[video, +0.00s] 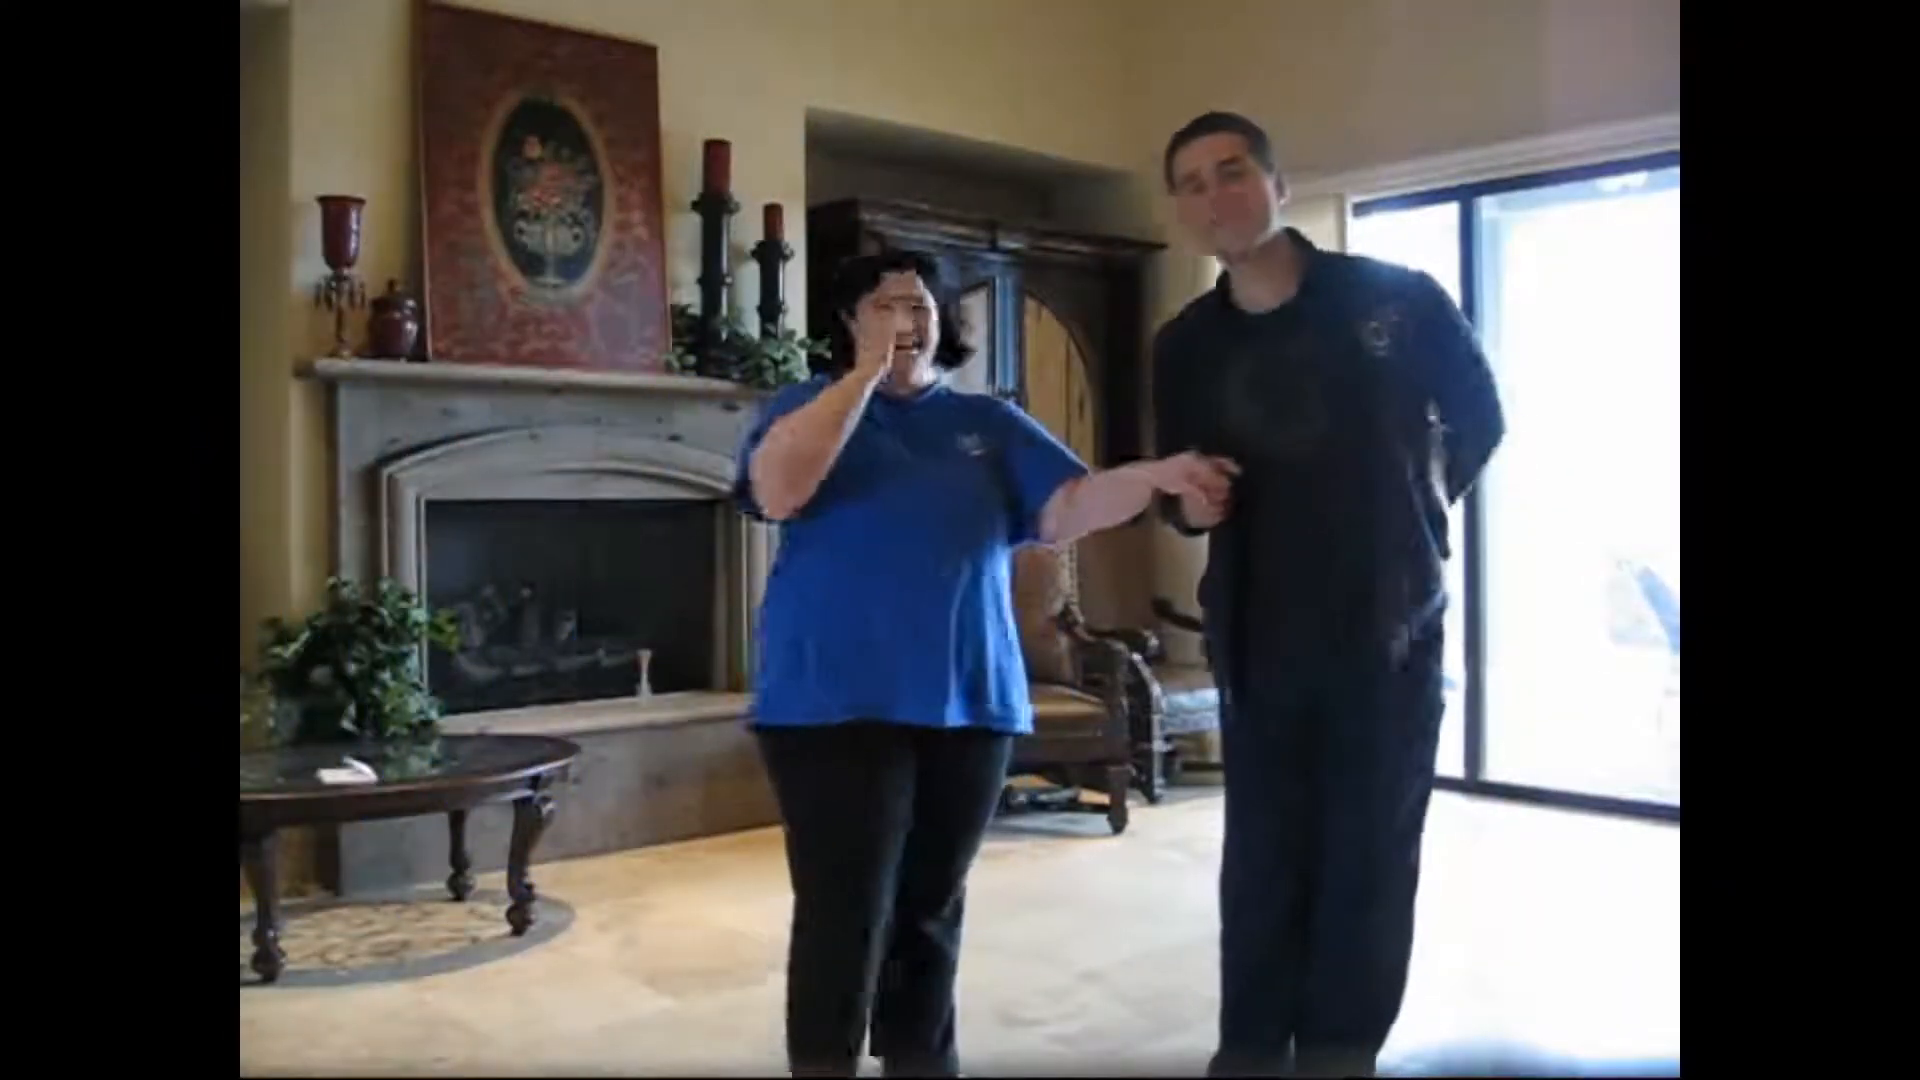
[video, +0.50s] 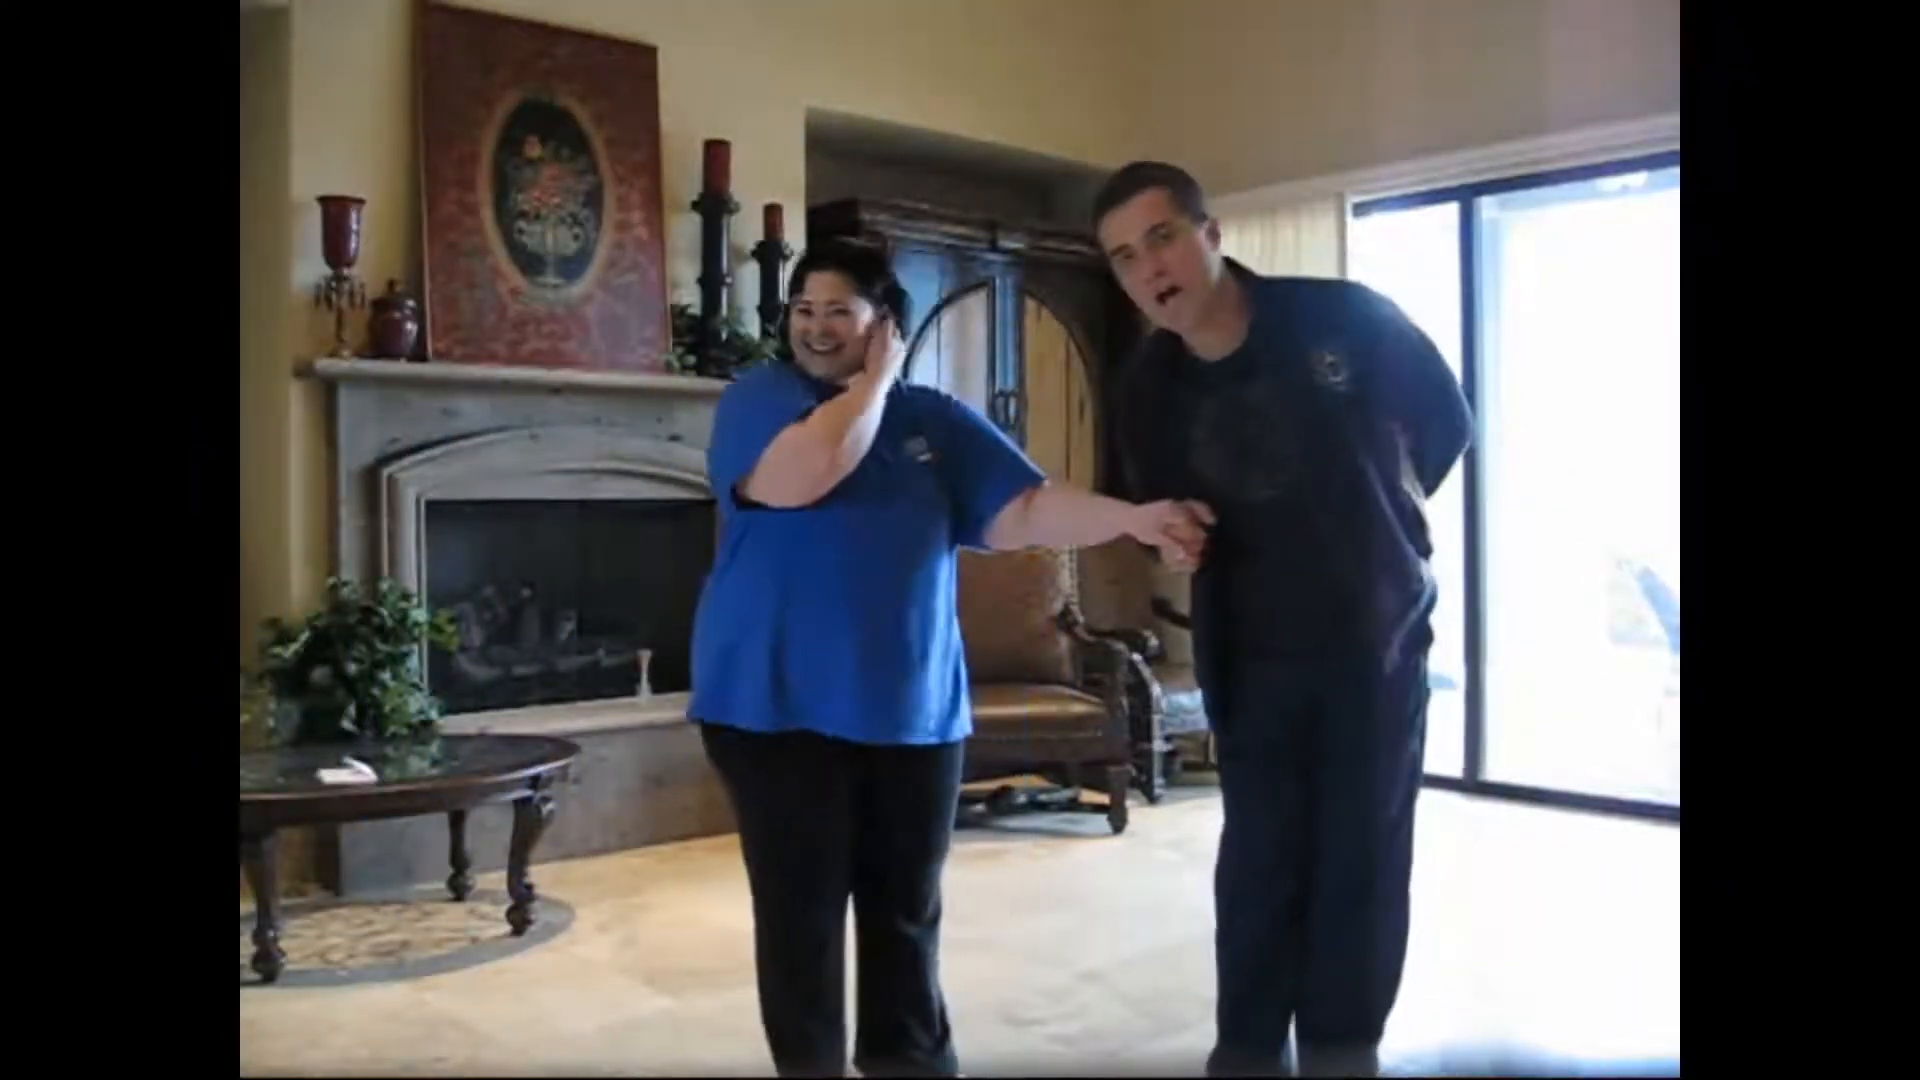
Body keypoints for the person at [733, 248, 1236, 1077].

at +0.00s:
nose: (906, 319)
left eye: (918, 306)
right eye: (887, 305)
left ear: (940, 325)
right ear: (852, 322)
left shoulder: (982, 418)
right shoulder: (804, 411)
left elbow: (1063, 507)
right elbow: (777, 492)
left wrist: (1157, 475)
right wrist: (861, 378)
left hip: (967, 704)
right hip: (832, 702)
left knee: (930, 917)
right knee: (845, 915)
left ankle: (919, 1067)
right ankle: (824, 1066)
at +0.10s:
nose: (888, 330)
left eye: (903, 315)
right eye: (871, 313)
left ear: (929, 329)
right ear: (838, 326)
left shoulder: (971, 421)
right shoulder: (794, 409)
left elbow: (1059, 503)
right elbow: (784, 486)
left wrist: (1157, 488)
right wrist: (852, 351)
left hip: (955, 710)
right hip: (817, 707)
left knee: (923, 915)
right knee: (825, 919)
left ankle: (915, 1066)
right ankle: (814, 1070)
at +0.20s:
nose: (863, 329)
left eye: (882, 313)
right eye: (849, 310)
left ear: (913, 326)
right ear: (825, 319)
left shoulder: (959, 420)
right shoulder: (778, 404)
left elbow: (1047, 503)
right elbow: (787, 474)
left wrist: (1153, 499)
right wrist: (872, 343)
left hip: (939, 716)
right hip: (800, 712)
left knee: (917, 919)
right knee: (818, 922)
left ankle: (915, 1065)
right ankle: (815, 1069)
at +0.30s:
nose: (837, 322)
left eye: (856, 307)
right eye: (824, 307)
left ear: (899, 318)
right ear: (805, 314)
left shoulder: (947, 416)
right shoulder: (768, 395)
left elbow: (1038, 505)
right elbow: (802, 462)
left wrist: (1154, 506)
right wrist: (889, 352)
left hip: (927, 709)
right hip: (788, 703)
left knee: (914, 917)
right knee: (808, 920)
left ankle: (913, 1064)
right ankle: (812, 1067)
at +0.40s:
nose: (822, 327)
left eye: (843, 312)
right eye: (811, 311)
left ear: (889, 321)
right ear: (795, 315)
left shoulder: (937, 418)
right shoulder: (761, 394)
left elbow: (1028, 505)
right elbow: (805, 465)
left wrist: (1146, 512)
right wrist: (890, 357)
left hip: (917, 713)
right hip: (776, 707)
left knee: (910, 921)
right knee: (803, 924)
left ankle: (911, 1066)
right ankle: (810, 1070)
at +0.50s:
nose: (815, 325)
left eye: (837, 311)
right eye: (803, 309)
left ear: (883, 324)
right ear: (787, 315)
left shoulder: (930, 418)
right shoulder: (756, 396)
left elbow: (1021, 507)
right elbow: (791, 478)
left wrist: (1137, 517)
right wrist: (876, 381)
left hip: (911, 714)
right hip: (773, 708)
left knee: (906, 923)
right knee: (800, 927)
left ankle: (911, 1068)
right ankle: (811, 1070)